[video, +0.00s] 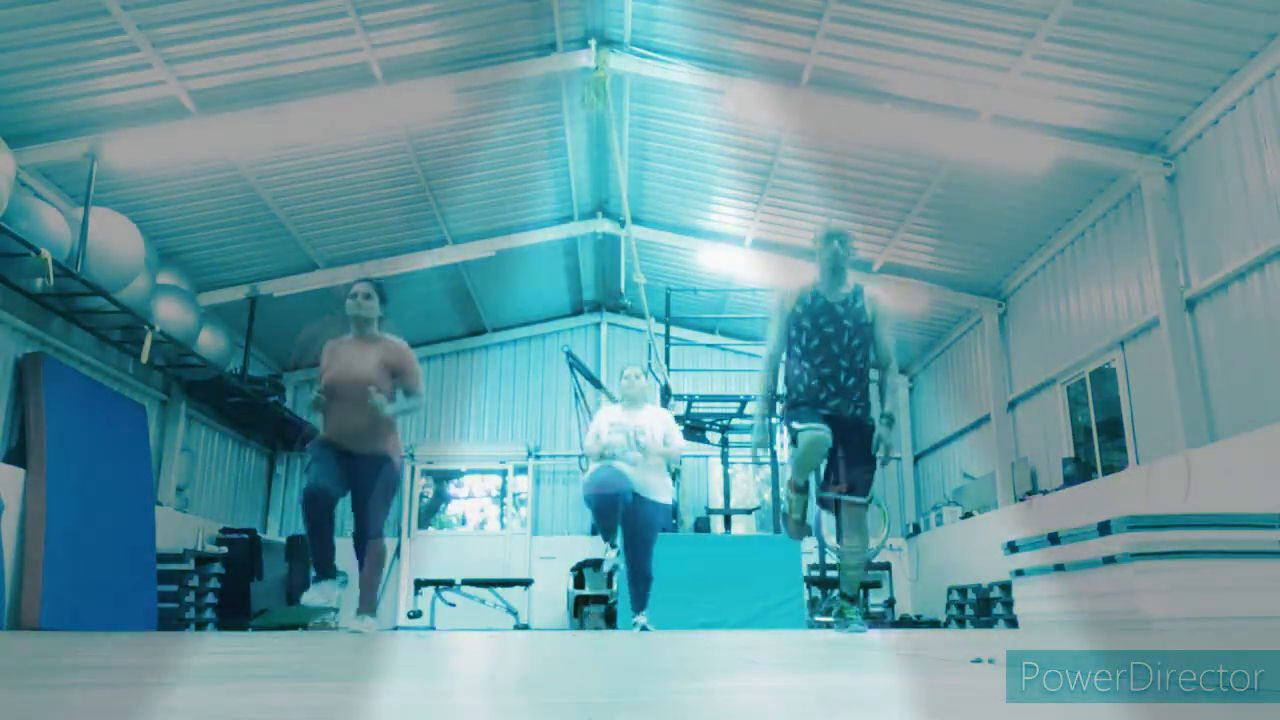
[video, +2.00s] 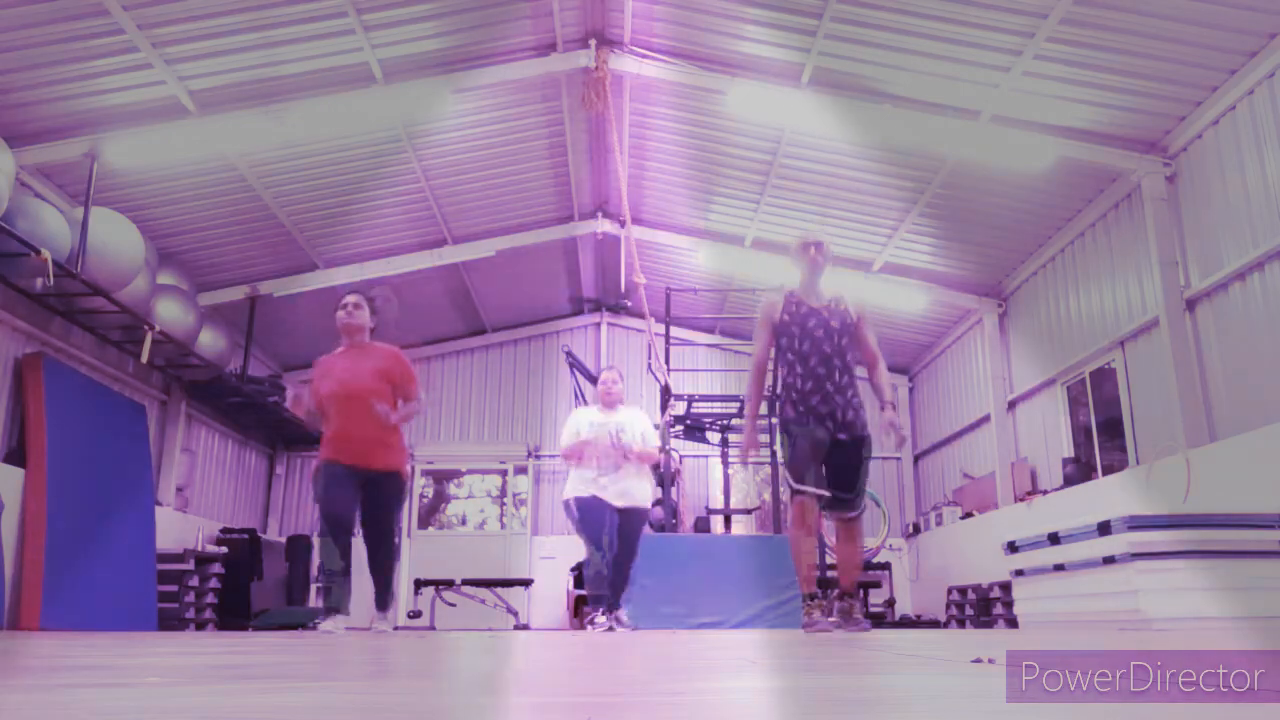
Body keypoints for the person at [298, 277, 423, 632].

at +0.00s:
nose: (359, 301)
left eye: (367, 296)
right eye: (353, 296)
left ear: (381, 306)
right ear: (345, 305)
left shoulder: (395, 349)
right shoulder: (332, 349)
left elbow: (416, 397)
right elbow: (323, 400)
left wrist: (391, 407)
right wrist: (319, 398)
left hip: (377, 453)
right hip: (334, 447)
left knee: (368, 532)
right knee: (315, 493)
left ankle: (366, 613)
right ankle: (326, 579)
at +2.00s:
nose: (349, 311)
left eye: (357, 307)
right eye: (343, 307)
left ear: (371, 319)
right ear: (336, 320)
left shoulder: (390, 356)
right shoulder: (324, 364)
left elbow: (415, 402)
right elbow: (319, 417)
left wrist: (396, 416)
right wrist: (300, 407)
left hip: (383, 463)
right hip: (338, 461)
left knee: (380, 536)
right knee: (335, 529)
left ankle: (383, 610)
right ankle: (335, 611)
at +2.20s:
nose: (350, 285)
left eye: (358, 280)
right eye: (344, 280)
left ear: (371, 291)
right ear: (334, 290)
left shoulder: (392, 330)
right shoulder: (319, 332)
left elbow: (413, 376)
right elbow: (304, 384)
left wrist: (397, 385)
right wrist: (320, 377)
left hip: (382, 430)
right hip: (336, 436)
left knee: (370, 480)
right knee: (336, 518)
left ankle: (378, 550)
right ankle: (338, 605)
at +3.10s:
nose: (349, 270)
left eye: (358, 266)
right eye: (343, 265)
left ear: (373, 278)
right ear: (335, 276)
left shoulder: (387, 321)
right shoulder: (324, 322)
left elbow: (407, 378)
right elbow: (318, 382)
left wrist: (351, 365)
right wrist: (295, 415)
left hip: (364, 435)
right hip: (320, 429)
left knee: (356, 528)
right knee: (289, 464)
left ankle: (354, 611)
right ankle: (302, 552)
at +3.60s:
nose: (317, 250)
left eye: (326, 244)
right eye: (311, 244)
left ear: (341, 256)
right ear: (301, 255)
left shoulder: (361, 303)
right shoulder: (281, 308)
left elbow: (388, 363)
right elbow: (262, 366)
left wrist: (383, 419)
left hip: (347, 427)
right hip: (294, 431)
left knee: (341, 501)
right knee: (291, 527)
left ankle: (349, 559)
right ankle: (298, 612)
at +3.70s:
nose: (320, 233)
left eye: (328, 227)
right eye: (312, 227)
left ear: (342, 238)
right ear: (301, 237)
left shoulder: (363, 287)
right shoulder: (280, 283)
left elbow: (389, 348)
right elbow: (254, 343)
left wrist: (390, 398)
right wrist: (268, 312)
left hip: (344, 392)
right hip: (294, 401)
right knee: (292, 509)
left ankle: (339, 531)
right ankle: (296, 606)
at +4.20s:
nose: (321, 216)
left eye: (331, 212)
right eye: (314, 210)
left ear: (346, 228)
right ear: (302, 223)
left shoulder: (361, 276)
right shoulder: (275, 271)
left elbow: (385, 338)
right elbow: (249, 329)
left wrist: (377, 371)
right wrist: (274, 335)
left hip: (337, 386)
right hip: (281, 389)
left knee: (311, 467)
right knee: (281, 485)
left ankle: (301, 586)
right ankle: (302, 581)